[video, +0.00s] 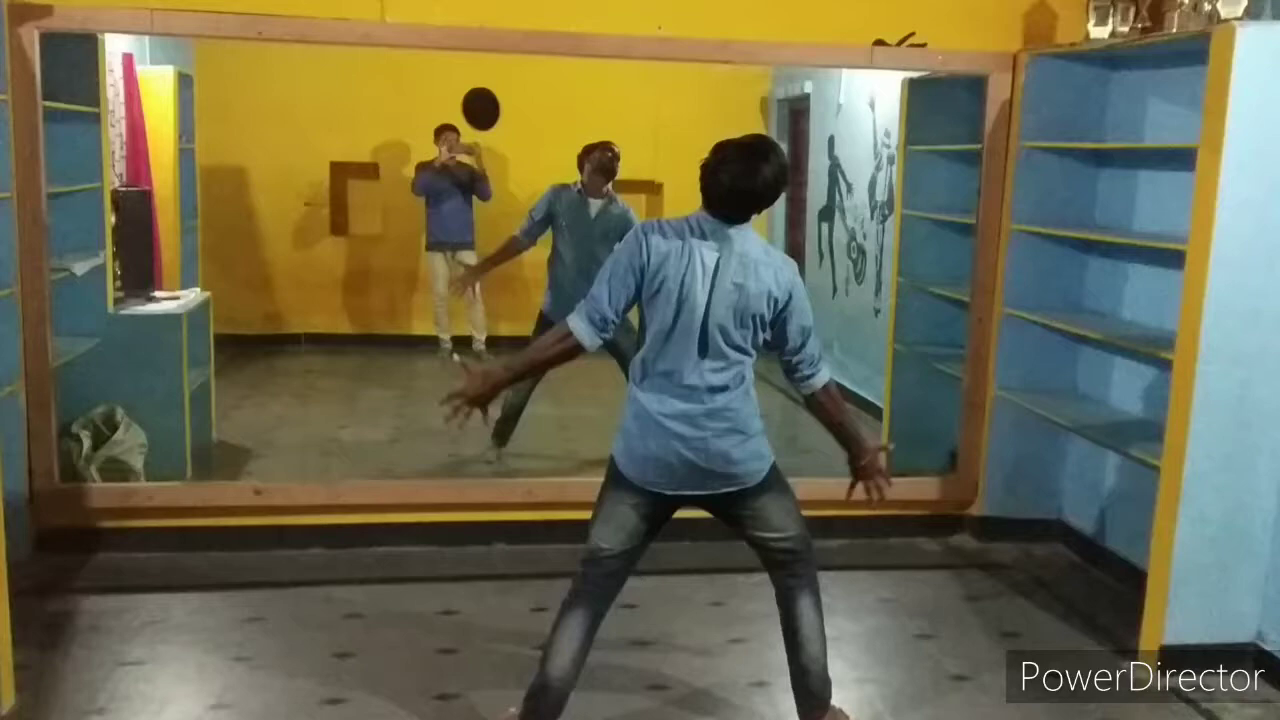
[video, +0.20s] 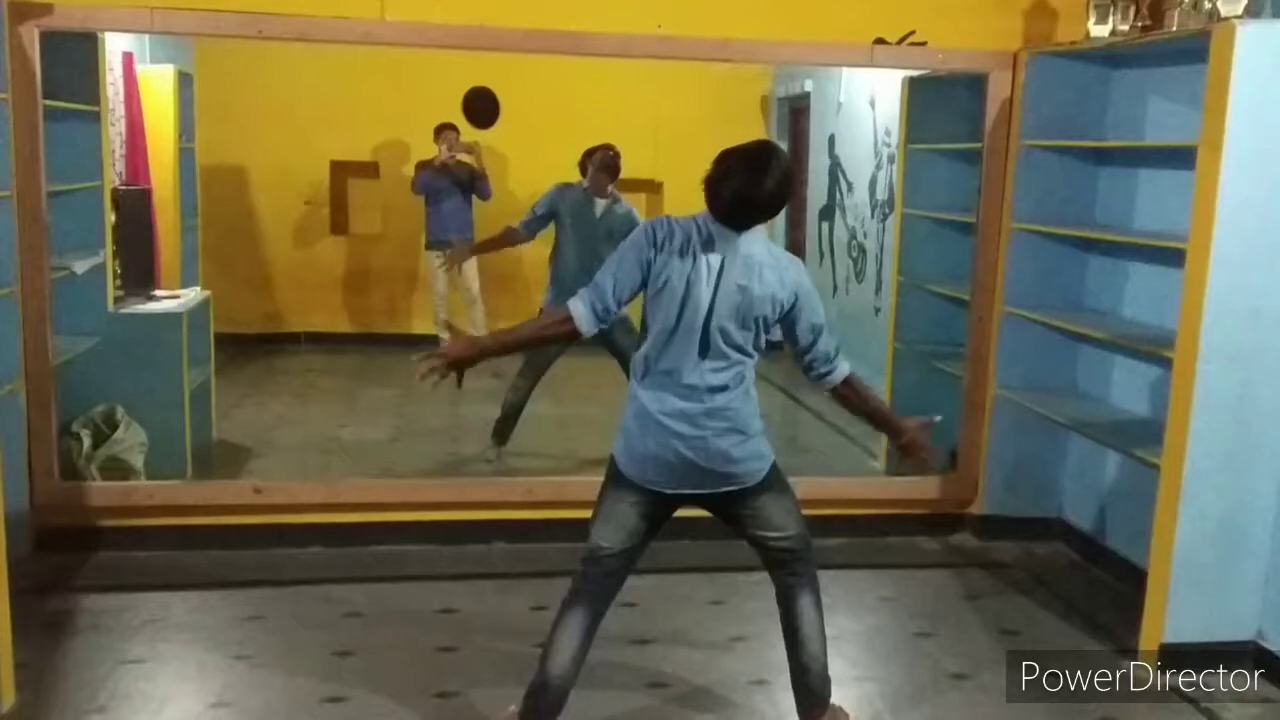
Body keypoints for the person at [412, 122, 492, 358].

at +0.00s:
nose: (449, 145)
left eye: (453, 140)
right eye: (444, 140)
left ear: (459, 144)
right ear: (437, 143)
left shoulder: (467, 169)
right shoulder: (426, 168)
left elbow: (485, 194)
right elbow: (418, 189)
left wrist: (478, 164)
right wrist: (438, 164)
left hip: (465, 242)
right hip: (437, 243)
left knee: (473, 292)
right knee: (440, 294)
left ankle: (479, 343)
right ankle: (444, 342)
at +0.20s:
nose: (448, 144)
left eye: (453, 139)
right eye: (444, 139)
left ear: (459, 143)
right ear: (437, 142)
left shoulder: (466, 169)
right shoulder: (426, 167)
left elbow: (485, 194)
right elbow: (418, 189)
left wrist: (478, 162)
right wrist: (438, 163)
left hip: (463, 240)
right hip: (436, 242)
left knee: (472, 292)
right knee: (440, 294)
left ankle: (480, 340)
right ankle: (444, 342)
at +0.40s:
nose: (448, 143)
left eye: (453, 139)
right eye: (444, 139)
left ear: (459, 142)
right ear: (436, 142)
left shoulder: (466, 168)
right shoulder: (426, 167)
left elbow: (485, 193)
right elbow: (418, 188)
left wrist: (478, 163)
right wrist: (438, 163)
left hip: (464, 240)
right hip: (436, 241)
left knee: (473, 291)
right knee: (438, 289)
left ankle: (479, 340)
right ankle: (435, 336)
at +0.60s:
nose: (446, 134)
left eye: (451, 130)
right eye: (442, 129)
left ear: (456, 133)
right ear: (434, 132)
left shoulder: (464, 159)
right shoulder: (424, 158)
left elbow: (482, 184)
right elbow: (416, 179)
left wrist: (475, 154)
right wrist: (435, 153)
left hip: (461, 229)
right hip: (433, 230)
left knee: (471, 280)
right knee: (437, 281)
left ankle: (478, 333)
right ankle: (442, 332)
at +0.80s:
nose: (448, 128)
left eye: (452, 123)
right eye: (443, 123)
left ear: (457, 126)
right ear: (435, 126)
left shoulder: (464, 152)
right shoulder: (425, 152)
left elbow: (483, 177)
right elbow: (417, 173)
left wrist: (477, 148)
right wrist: (437, 148)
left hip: (464, 224)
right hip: (435, 225)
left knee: (473, 275)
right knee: (440, 276)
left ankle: (479, 325)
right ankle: (444, 324)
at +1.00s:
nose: (445, 121)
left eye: (449, 116)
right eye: (440, 116)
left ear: (455, 119)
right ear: (432, 119)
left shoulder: (461, 146)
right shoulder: (422, 144)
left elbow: (480, 171)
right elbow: (414, 166)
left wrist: (474, 139)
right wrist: (434, 141)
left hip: (461, 217)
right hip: (434, 218)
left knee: (471, 269)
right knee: (437, 269)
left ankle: (476, 318)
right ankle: (441, 317)